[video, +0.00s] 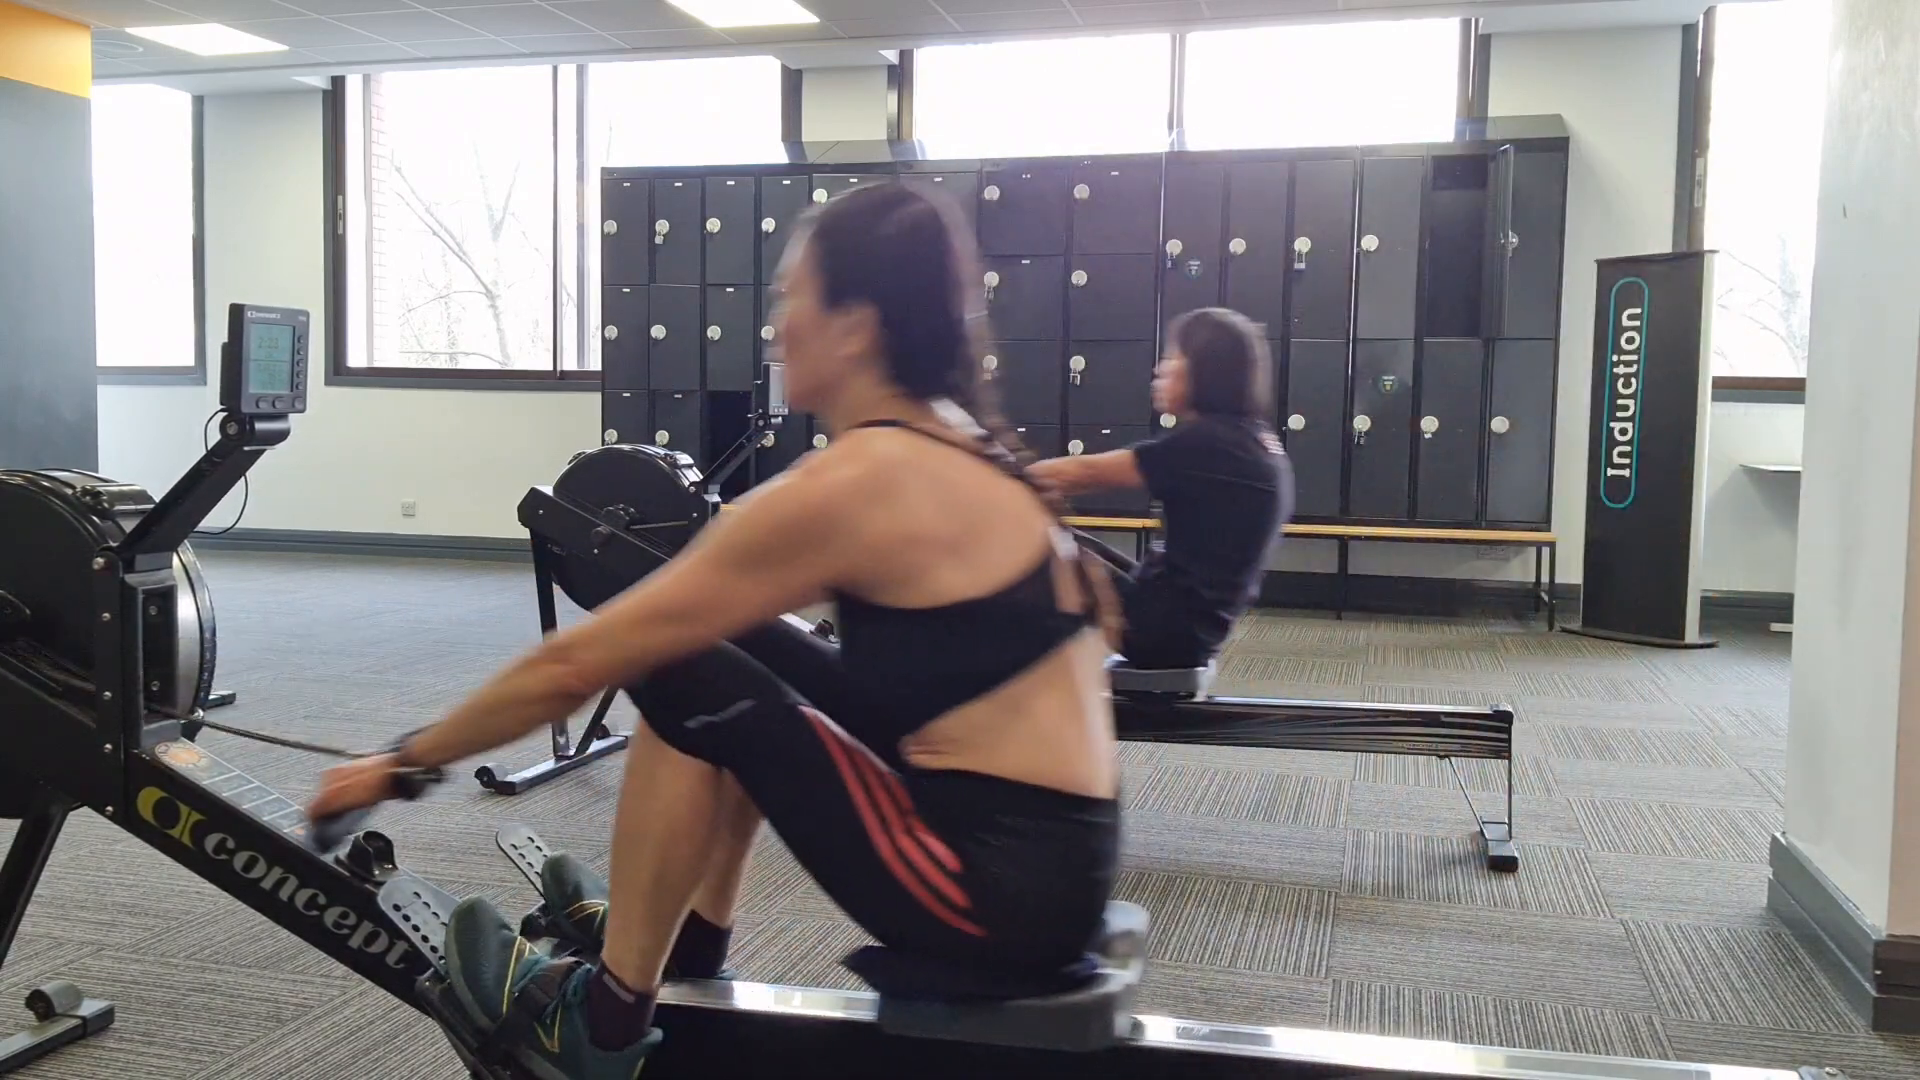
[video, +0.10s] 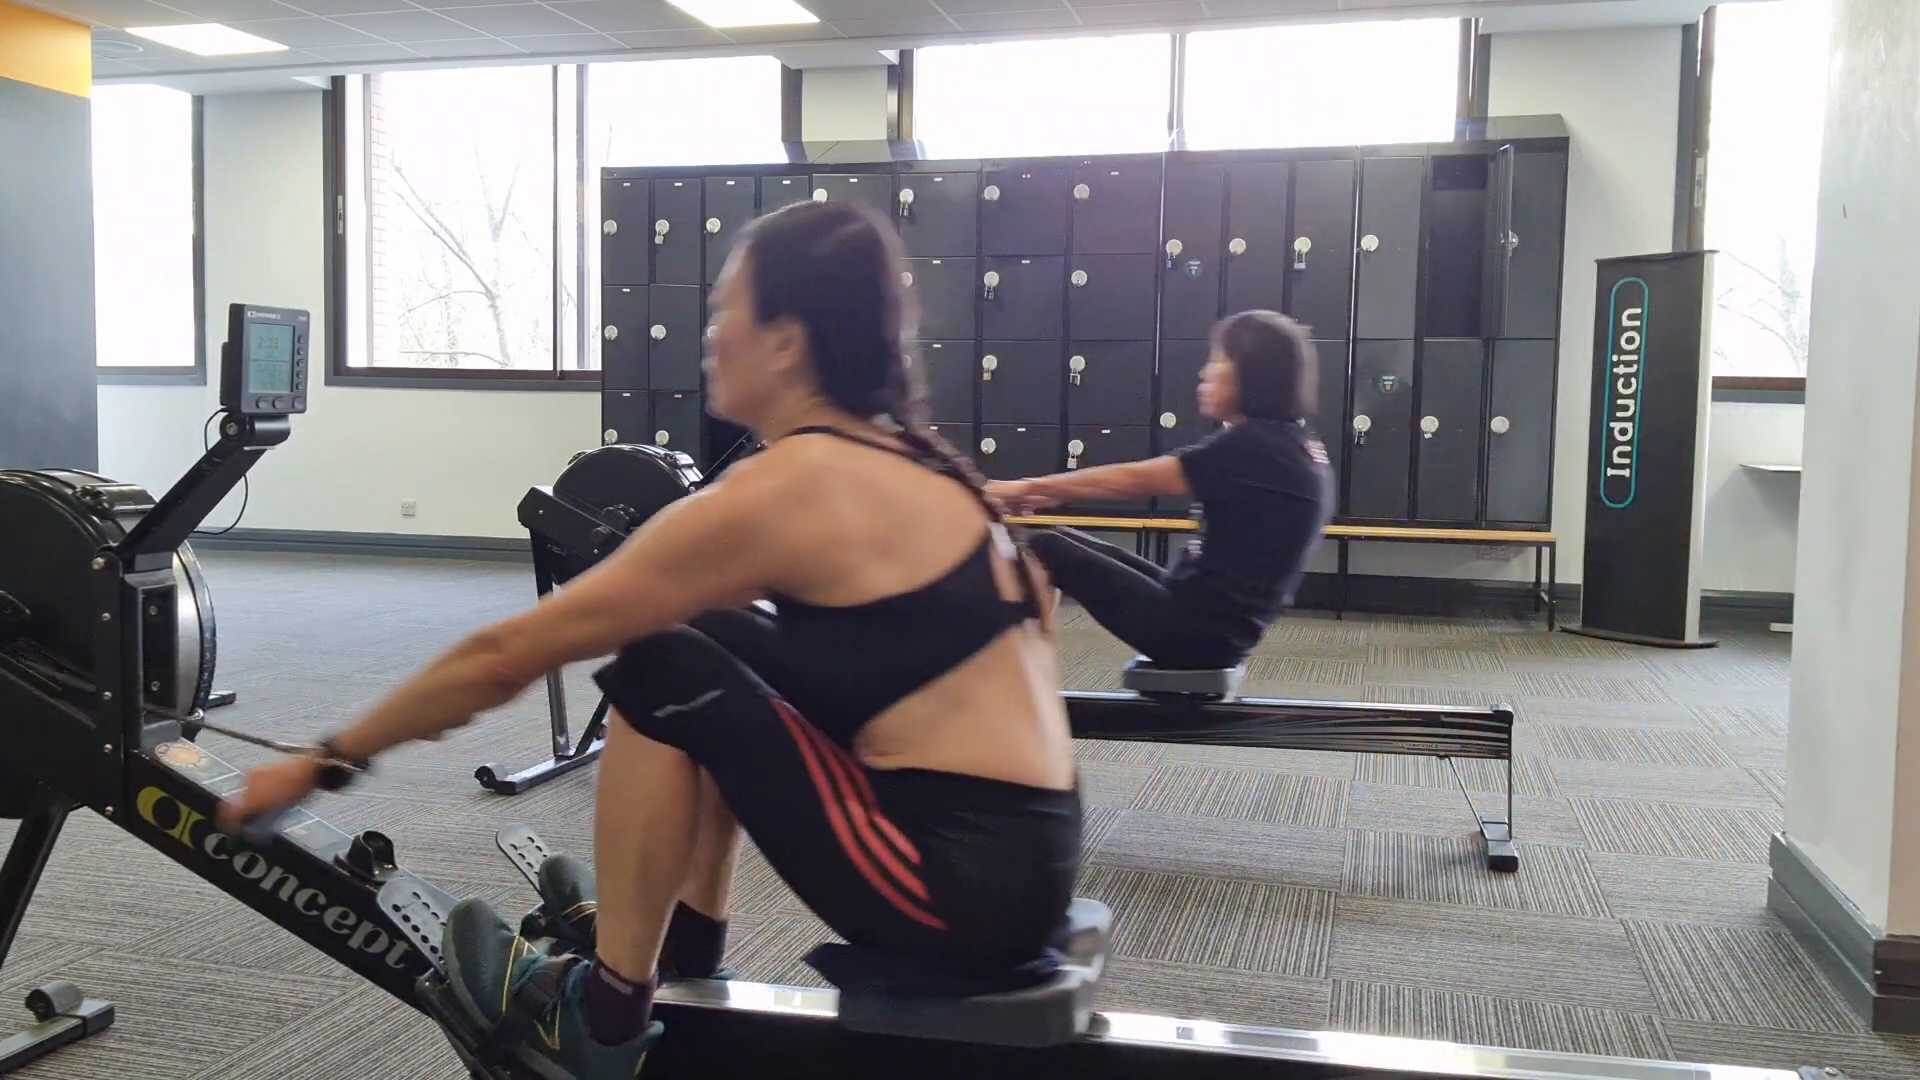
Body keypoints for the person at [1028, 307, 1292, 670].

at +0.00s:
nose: (1156, 370)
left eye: (1170, 358)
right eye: (1164, 358)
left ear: (1202, 370)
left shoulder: (1205, 444)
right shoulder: (1259, 443)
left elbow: (1082, 473)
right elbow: (1102, 476)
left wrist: (1003, 481)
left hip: (1164, 636)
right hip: (1199, 631)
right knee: (1058, 540)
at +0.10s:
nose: (1203, 374)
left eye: (1216, 362)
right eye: (1210, 361)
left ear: (1250, 375)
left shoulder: (1250, 446)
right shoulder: (1296, 444)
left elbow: (1134, 480)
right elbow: (1140, 482)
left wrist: (1025, 487)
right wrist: (1051, 497)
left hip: (1195, 638)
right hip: (1224, 632)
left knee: (1047, 546)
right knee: (1057, 539)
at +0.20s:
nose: (1245, 376)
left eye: (1257, 365)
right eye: (1250, 364)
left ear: (1293, 380)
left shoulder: (1297, 449)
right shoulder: (1327, 446)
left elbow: (1179, 492)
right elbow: (1184, 490)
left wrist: (1071, 497)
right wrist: (1075, 499)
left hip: (1231, 635)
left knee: (1065, 567)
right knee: (1078, 557)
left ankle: (992, 677)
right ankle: (998, 674)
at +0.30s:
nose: (1276, 381)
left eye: (1290, 369)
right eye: (1283, 367)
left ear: (1327, 382)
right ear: (1335, 386)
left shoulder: (1337, 453)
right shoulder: (1360, 447)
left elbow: (1224, 508)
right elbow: (1227, 504)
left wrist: (1118, 503)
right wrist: (1124, 504)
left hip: (1262, 635)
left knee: (1089, 586)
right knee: (1102, 577)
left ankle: (994, 682)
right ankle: (999, 676)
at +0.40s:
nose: (1299, 388)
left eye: (1312, 375)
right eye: (1304, 374)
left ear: (1350, 386)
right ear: (1347, 390)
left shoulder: (1370, 458)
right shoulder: (1375, 449)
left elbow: (1276, 521)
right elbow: (1274, 515)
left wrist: (1169, 513)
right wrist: (1171, 513)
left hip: (1284, 635)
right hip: (1281, 615)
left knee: (1109, 602)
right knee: (1114, 590)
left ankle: (1006, 685)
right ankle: (1021, 686)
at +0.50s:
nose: (1310, 392)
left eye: (1320, 376)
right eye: (1314, 377)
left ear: (1359, 383)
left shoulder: (1388, 456)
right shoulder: (1370, 448)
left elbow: (1323, 543)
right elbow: (1306, 520)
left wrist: (1215, 523)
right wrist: (1210, 523)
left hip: (1303, 636)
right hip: (1284, 614)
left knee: (1125, 621)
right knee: (1131, 601)